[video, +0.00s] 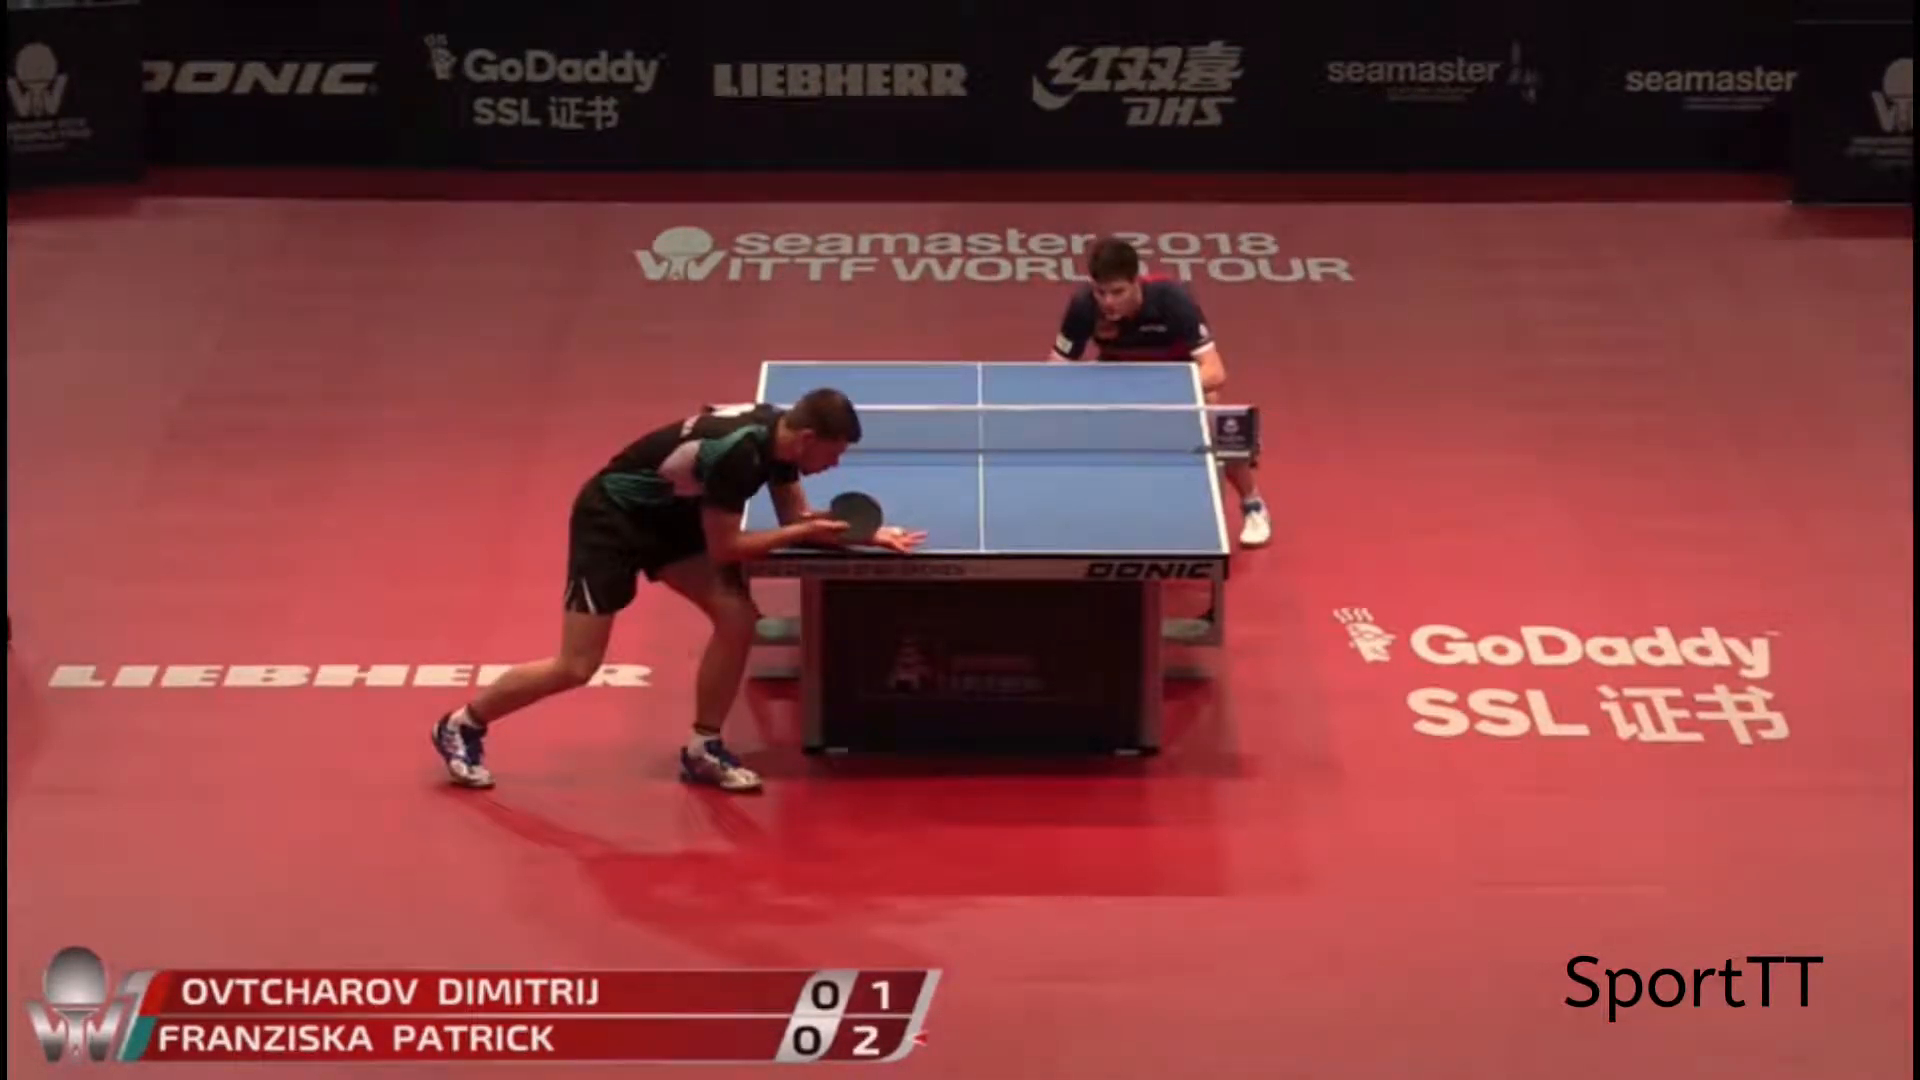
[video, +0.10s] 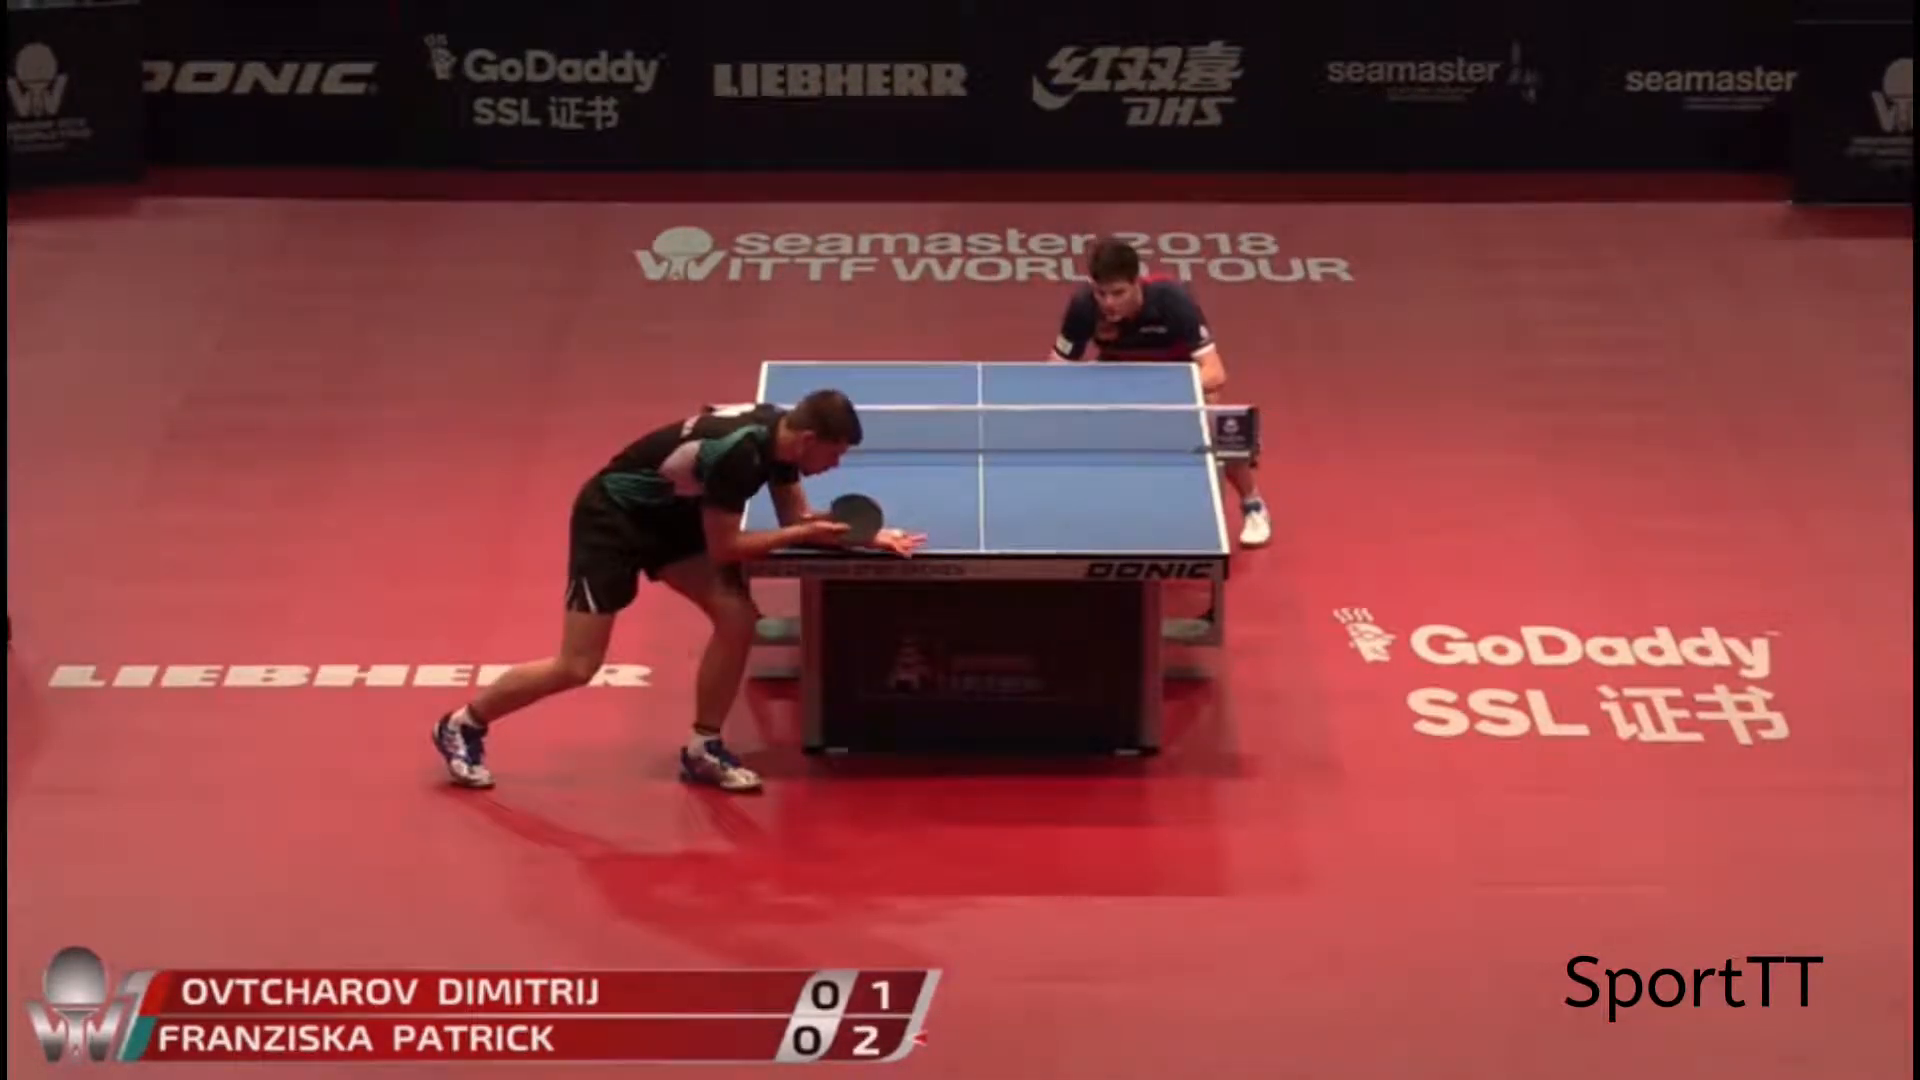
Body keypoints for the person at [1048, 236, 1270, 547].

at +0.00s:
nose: (1107, 303)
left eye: (1117, 292)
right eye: (1100, 293)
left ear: (1137, 282)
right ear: (1092, 285)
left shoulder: (1172, 300)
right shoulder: (1085, 305)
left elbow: (1215, 372)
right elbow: (1054, 372)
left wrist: (1163, 389)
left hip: (1177, 385)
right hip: (1115, 386)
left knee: (1212, 415)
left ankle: (1252, 504)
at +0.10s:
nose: (1108, 303)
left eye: (1117, 293)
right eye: (1101, 294)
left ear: (1138, 283)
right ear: (1093, 287)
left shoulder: (1172, 301)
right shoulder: (1085, 305)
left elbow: (1215, 372)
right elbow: (1055, 372)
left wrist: (1166, 392)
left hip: (1177, 386)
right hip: (1115, 388)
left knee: (1216, 424)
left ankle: (1252, 504)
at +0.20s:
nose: (1109, 304)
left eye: (1118, 294)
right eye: (1101, 294)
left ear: (1139, 284)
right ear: (1093, 287)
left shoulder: (1173, 301)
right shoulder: (1085, 306)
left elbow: (1215, 373)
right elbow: (1054, 372)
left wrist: (1167, 394)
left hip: (1177, 388)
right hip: (1116, 389)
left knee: (1219, 426)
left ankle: (1252, 504)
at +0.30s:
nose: (1109, 305)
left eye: (1118, 294)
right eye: (1102, 295)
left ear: (1139, 283)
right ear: (1094, 287)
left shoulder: (1174, 302)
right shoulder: (1085, 308)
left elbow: (1215, 375)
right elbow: (1057, 374)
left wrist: (1165, 394)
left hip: (1176, 393)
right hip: (1116, 395)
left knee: (1219, 428)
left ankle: (1252, 504)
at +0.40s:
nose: (1110, 304)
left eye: (1118, 294)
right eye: (1102, 294)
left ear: (1139, 283)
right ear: (1094, 287)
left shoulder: (1175, 302)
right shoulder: (1085, 308)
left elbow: (1215, 375)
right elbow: (1057, 373)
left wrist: (1165, 394)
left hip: (1176, 393)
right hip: (1116, 395)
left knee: (1219, 427)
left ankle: (1252, 504)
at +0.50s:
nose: (1110, 302)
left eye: (1118, 292)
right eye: (1102, 292)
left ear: (1140, 281)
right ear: (1094, 285)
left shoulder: (1175, 303)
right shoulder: (1086, 307)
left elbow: (1216, 374)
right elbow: (1058, 374)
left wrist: (1166, 394)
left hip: (1175, 394)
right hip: (1115, 395)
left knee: (1221, 430)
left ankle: (1252, 505)